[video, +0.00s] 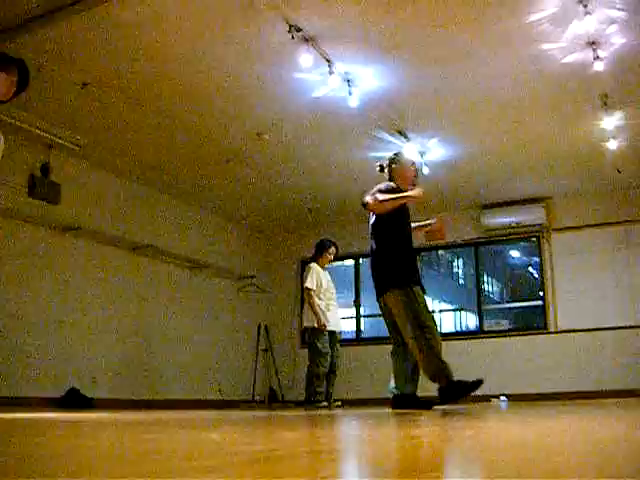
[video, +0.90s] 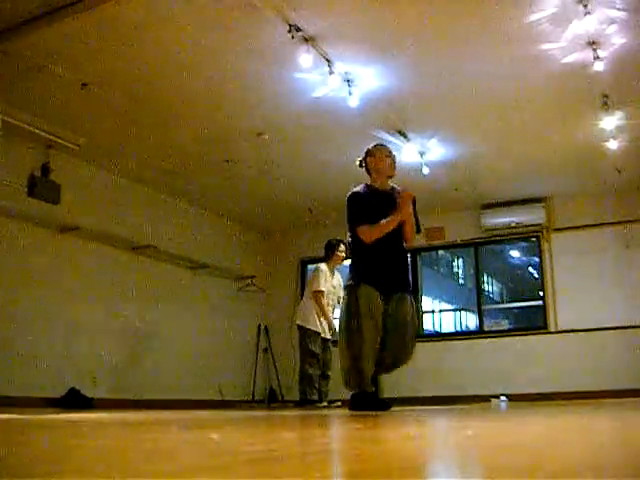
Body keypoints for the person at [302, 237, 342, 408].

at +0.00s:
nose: (331, 258)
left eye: (333, 255)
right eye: (329, 253)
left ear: (332, 256)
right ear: (320, 252)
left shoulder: (324, 272)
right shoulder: (313, 268)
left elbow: (326, 297)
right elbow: (309, 293)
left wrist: (333, 319)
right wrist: (319, 317)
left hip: (332, 323)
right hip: (319, 323)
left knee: (332, 363)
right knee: (320, 362)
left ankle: (328, 396)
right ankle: (314, 396)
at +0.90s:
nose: (341, 255)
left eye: (343, 252)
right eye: (338, 251)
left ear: (345, 256)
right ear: (330, 253)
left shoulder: (337, 277)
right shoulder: (320, 270)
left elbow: (339, 299)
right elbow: (318, 295)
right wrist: (329, 322)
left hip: (326, 320)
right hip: (311, 318)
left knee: (325, 360)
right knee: (312, 359)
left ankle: (322, 396)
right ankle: (310, 396)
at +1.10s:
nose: (343, 253)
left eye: (344, 250)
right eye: (340, 250)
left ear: (343, 254)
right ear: (331, 252)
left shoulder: (339, 276)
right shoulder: (321, 270)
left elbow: (340, 300)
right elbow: (313, 295)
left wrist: (349, 312)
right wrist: (318, 321)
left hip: (326, 321)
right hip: (311, 320)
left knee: (326, 360)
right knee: (312, 359)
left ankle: (324, 395)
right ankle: (308, 396)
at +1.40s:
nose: (346, 253)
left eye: (347, 250)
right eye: (342, 250)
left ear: (349, 254)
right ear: (334, 253)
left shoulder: (341, 275)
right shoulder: (327, 268)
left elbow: (334, 297)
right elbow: (304, 279)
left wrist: (349, 299)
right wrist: (294, 303)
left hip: (326, 320)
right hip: (315, 317)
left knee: (325, 357)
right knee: (327, 354)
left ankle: (319, 396)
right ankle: (320, 396)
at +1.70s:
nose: (342, 251)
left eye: (345, 249)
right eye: (339, 247)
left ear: (348, 253)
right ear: (332, 250)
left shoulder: (349, 274)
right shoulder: (318, 263)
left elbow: (364, 294)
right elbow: (299, 268)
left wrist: (361, 283)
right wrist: (307, 272)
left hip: (333, 314)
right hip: (312, 314)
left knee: (336, 333)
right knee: (314, 359)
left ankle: (336, 362)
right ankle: (319, 397)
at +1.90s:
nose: (342, 253)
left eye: (345, 251)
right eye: (340, 249)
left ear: (348, 255)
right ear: (332, 252)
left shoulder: (351, 275)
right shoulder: (319, 270)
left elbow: (358, 301)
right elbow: (300, 274)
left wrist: (358, 323)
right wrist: (303, 285)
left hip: (338, 317)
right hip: (320, 316)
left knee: (307, 338)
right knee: (321, 358)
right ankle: (339, 396)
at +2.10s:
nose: (346, 254)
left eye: (348, 251)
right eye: (342, 251)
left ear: (349, 255)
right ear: (332, 254)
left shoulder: (351, 275)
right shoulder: (321, 276)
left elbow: (365, 292)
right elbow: (319, 297)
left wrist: (359, 308)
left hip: (339, 321)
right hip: (323, 319)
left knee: (303, 330)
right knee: (317, 354)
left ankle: (300, 373)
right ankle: (335, 395)